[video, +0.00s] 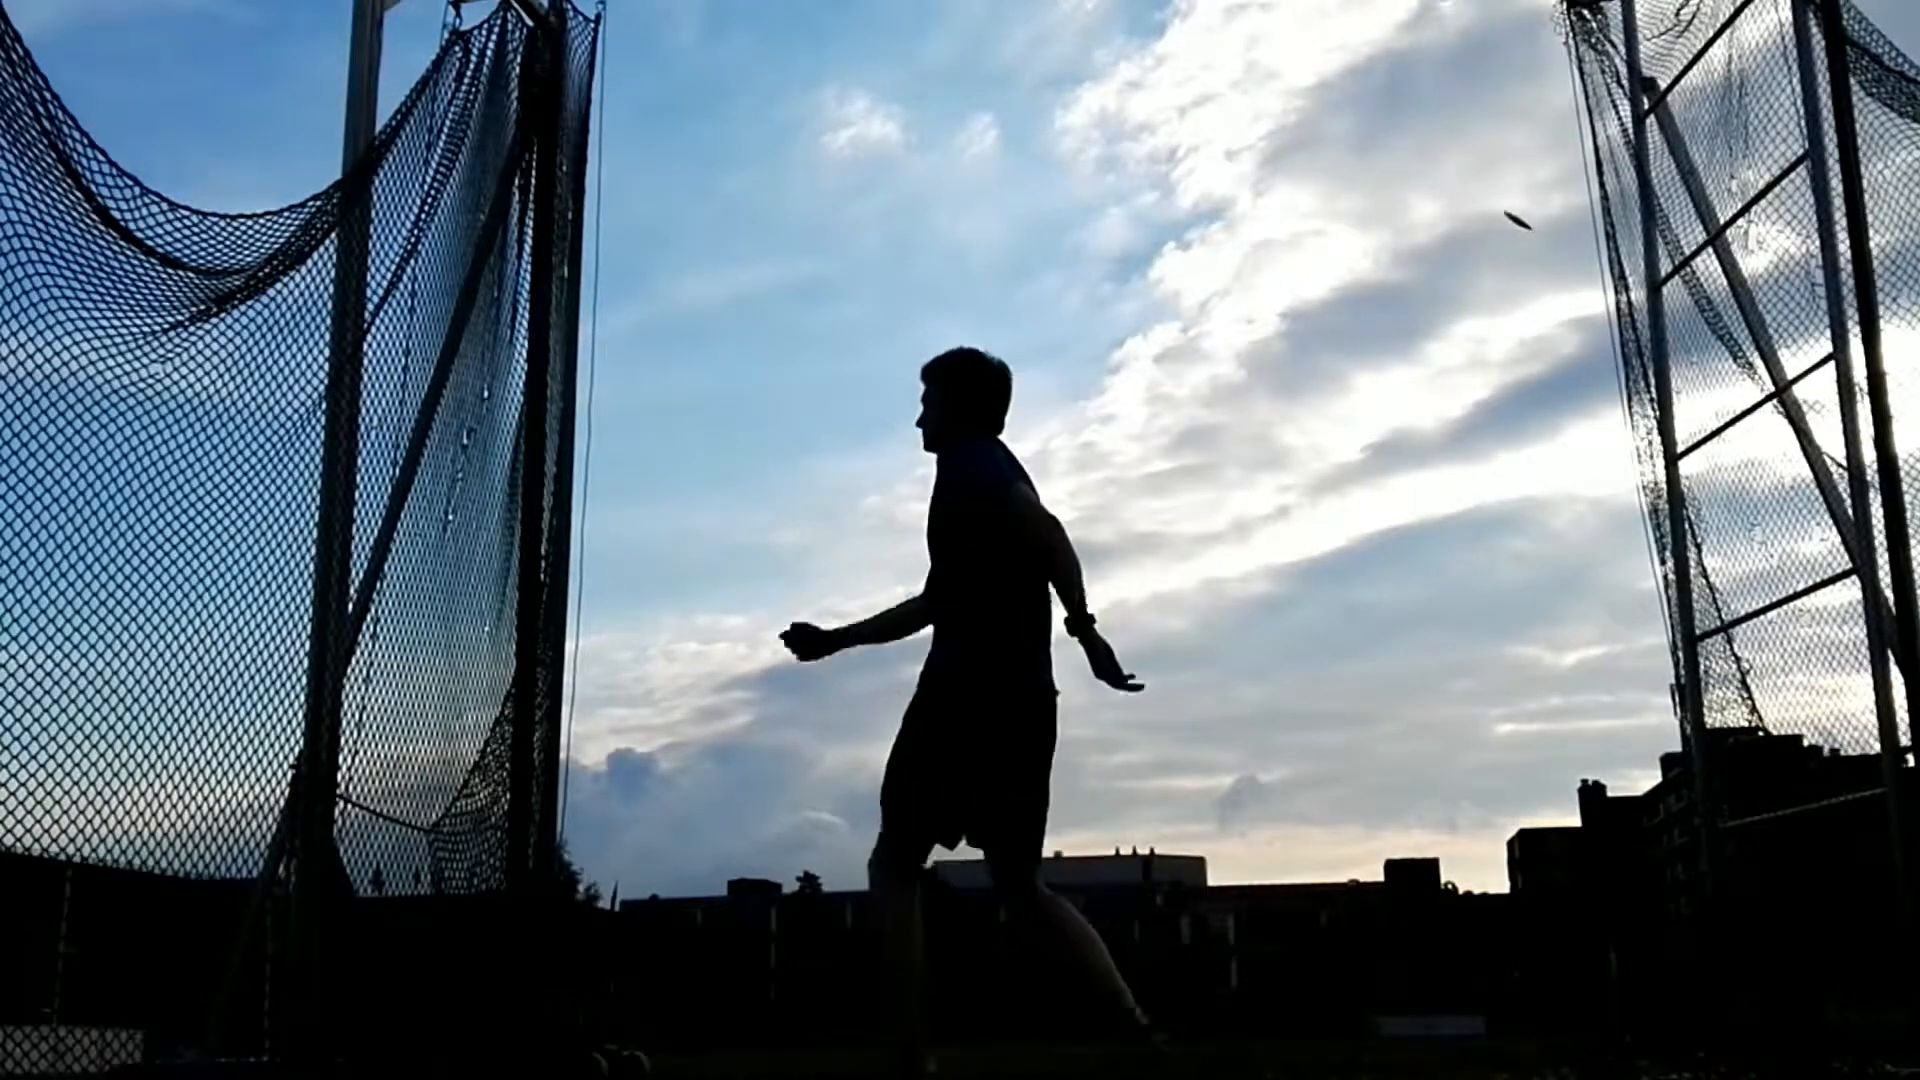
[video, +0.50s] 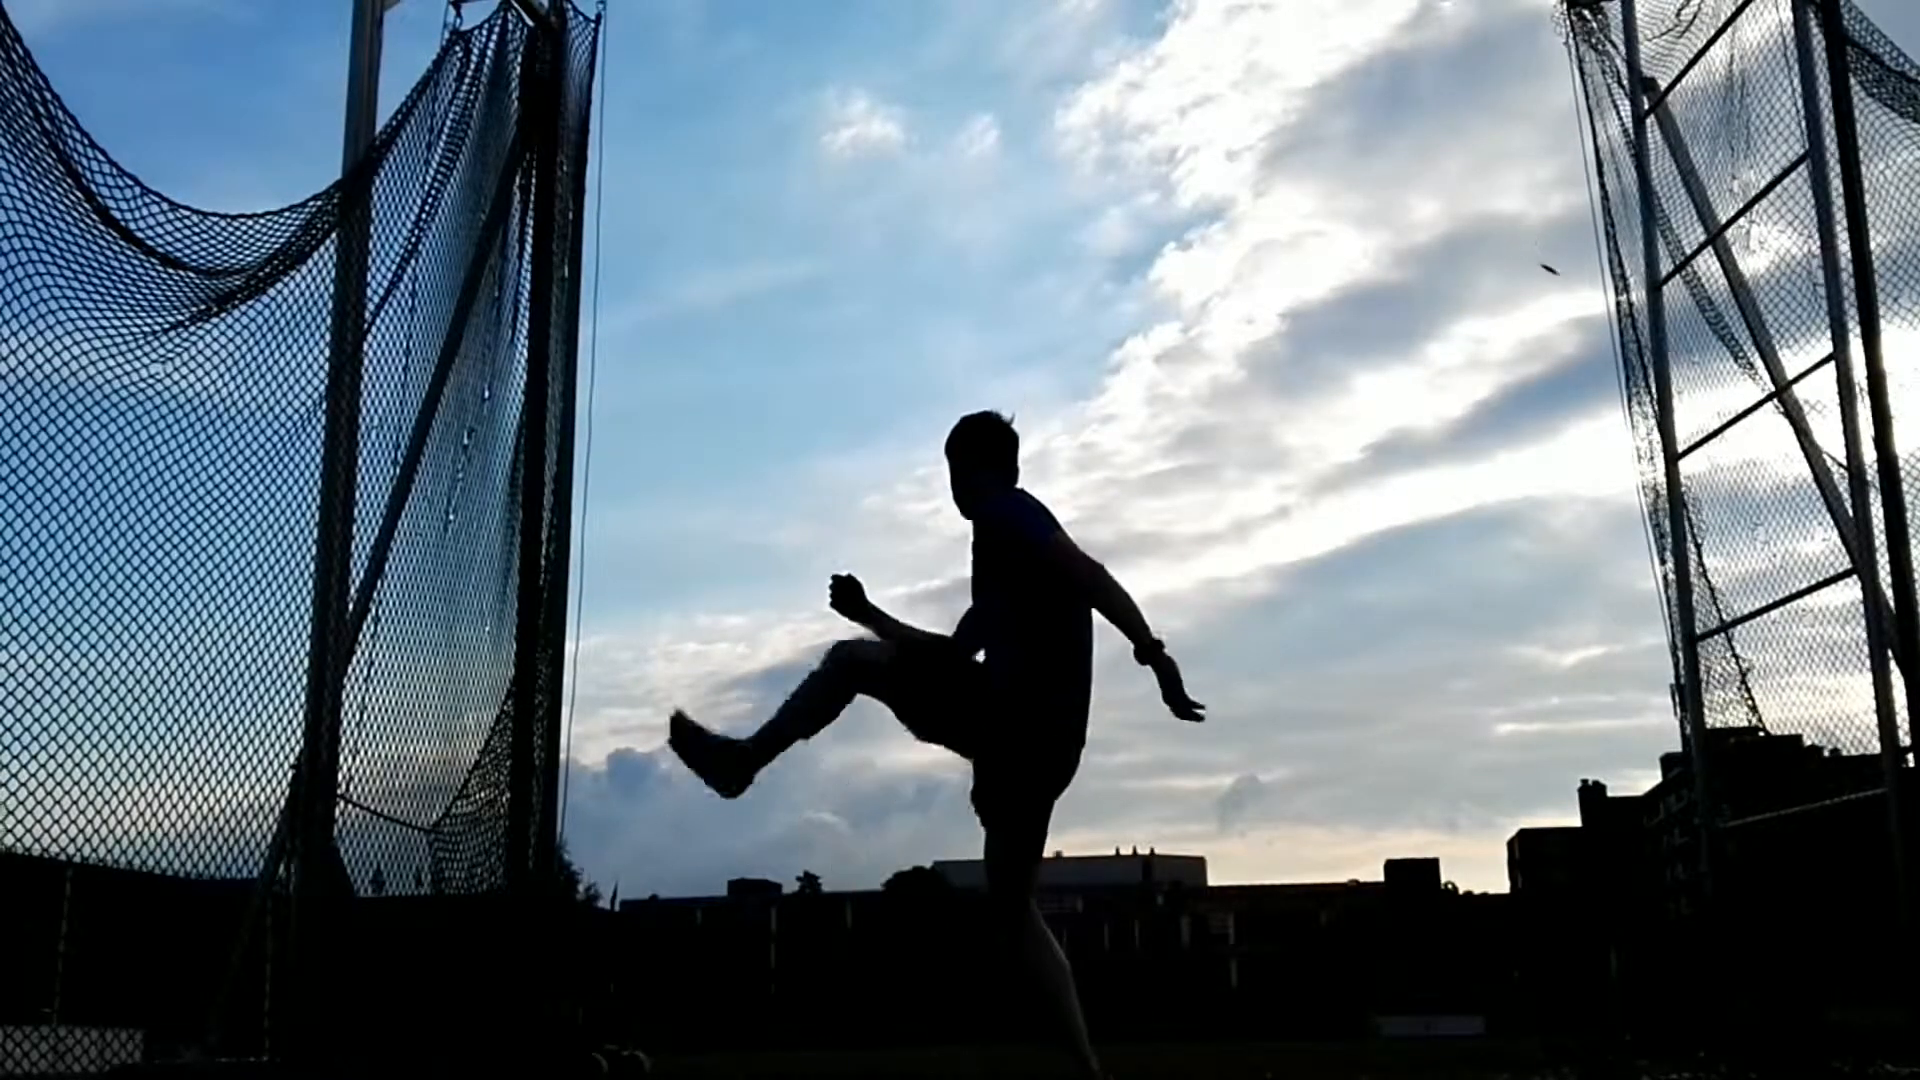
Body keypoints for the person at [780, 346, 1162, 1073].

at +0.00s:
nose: (918, 416)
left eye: (929, 401)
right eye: (921, 401)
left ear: (963, 406)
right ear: (980, 407)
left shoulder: (977, 465)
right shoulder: (971, 476)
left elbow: (1049, 535)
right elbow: (937, 600)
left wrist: (1083, 624)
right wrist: (835, 641)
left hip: (965, 698)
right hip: (1018, 702)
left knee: (895, 867)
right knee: (1021, 884)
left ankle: (905, 1045)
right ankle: (1131, 1026)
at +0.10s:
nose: (931, 424)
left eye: (941, 409)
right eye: (932, 409)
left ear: (972, 411)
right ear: (994, 413)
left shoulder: (988, 468)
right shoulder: (987, 482)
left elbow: (1065, 539)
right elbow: (952, 602)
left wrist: (1108, 624)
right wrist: (843, 608)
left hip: (970, 692)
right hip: (1028, 700)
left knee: (862, 833)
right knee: (1013, 883)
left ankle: (887, 1016)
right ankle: (1077, 1043)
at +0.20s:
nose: (938, 440)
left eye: (947, 425)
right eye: (938, 426)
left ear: (978, 425)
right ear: (995, 425)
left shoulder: (1002, 477)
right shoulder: (988, 499)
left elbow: (1081, 550)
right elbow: (943, 618)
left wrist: (1127, 640)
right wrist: (852, 599)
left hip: (982, 697)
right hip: (1032, 709)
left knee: (838, 790)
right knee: (1012, 891)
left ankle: (848, 969)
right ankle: (1078, 1054)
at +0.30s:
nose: (944, 457)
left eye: (952, 442)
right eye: (944, 443)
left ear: (984, 443)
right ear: (997, 444)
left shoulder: (1009, 493)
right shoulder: (1000, 517)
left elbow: (1091, 566)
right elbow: (942, 637)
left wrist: (1141, 658)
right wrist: (856, 604)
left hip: (993, 709)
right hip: (1036, 727)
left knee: (831, 742)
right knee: (1022, 903)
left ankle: (809, 893)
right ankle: (1084, 1057)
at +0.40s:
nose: (949, 473)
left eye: (956, 458)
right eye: (949, 459)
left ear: (986, 457)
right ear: (998, 460)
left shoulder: (1016, 509)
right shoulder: (1003, 539)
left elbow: (1095, 579)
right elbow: (943, 650)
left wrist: (1153, 666)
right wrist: (861, 611)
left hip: (1008, 722)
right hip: (1032, 739)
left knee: (840, 699)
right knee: (1020, 916)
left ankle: (762, 841)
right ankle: (1085, 1065)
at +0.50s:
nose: (949, 480)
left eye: (955, 465)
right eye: (949, 467)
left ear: (982, 464)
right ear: (999, 465)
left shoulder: (1013, 515)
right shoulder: (1004, 545)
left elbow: (1091, 579)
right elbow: (953, 652)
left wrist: (1153, 652)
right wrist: (869, 614)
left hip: (1005, 721)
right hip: (1033, 745)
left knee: (854, 659)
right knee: (1015, 913)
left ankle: (742, 757)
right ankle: (1083, 1062)